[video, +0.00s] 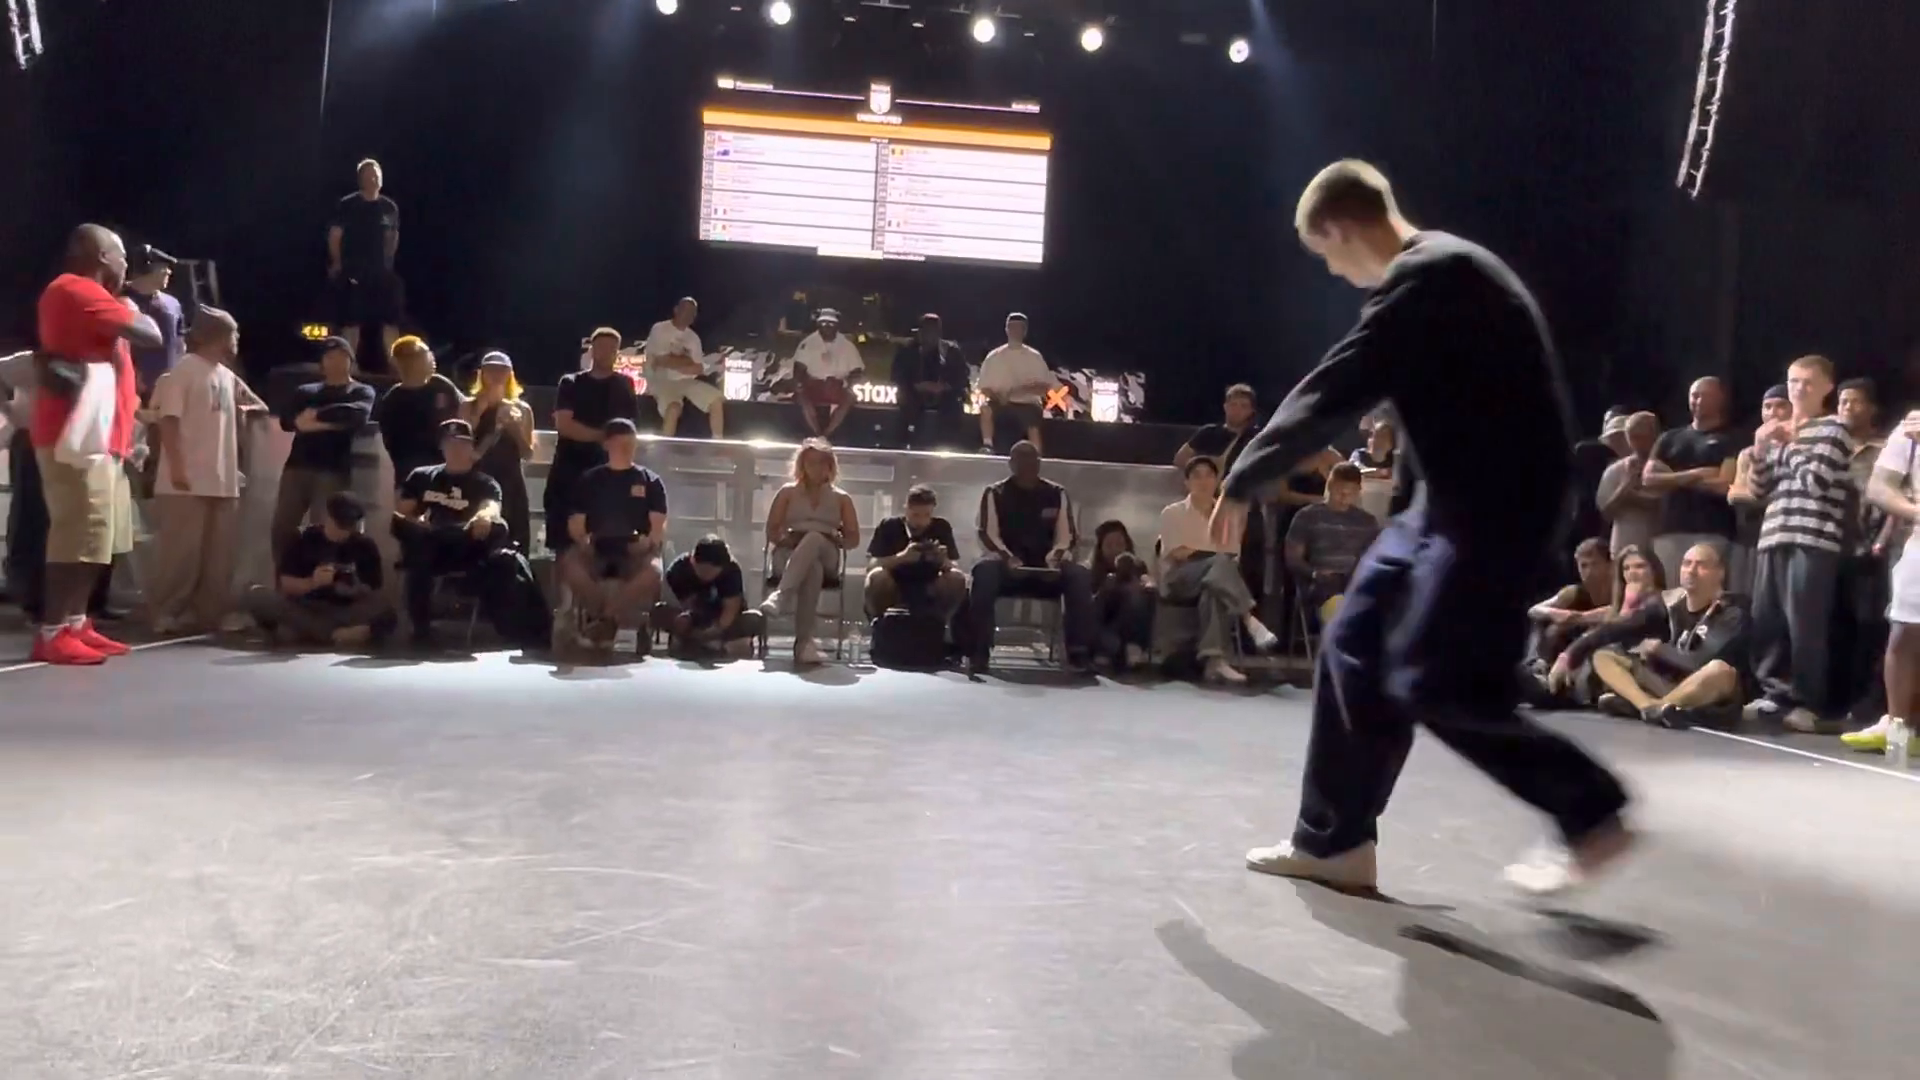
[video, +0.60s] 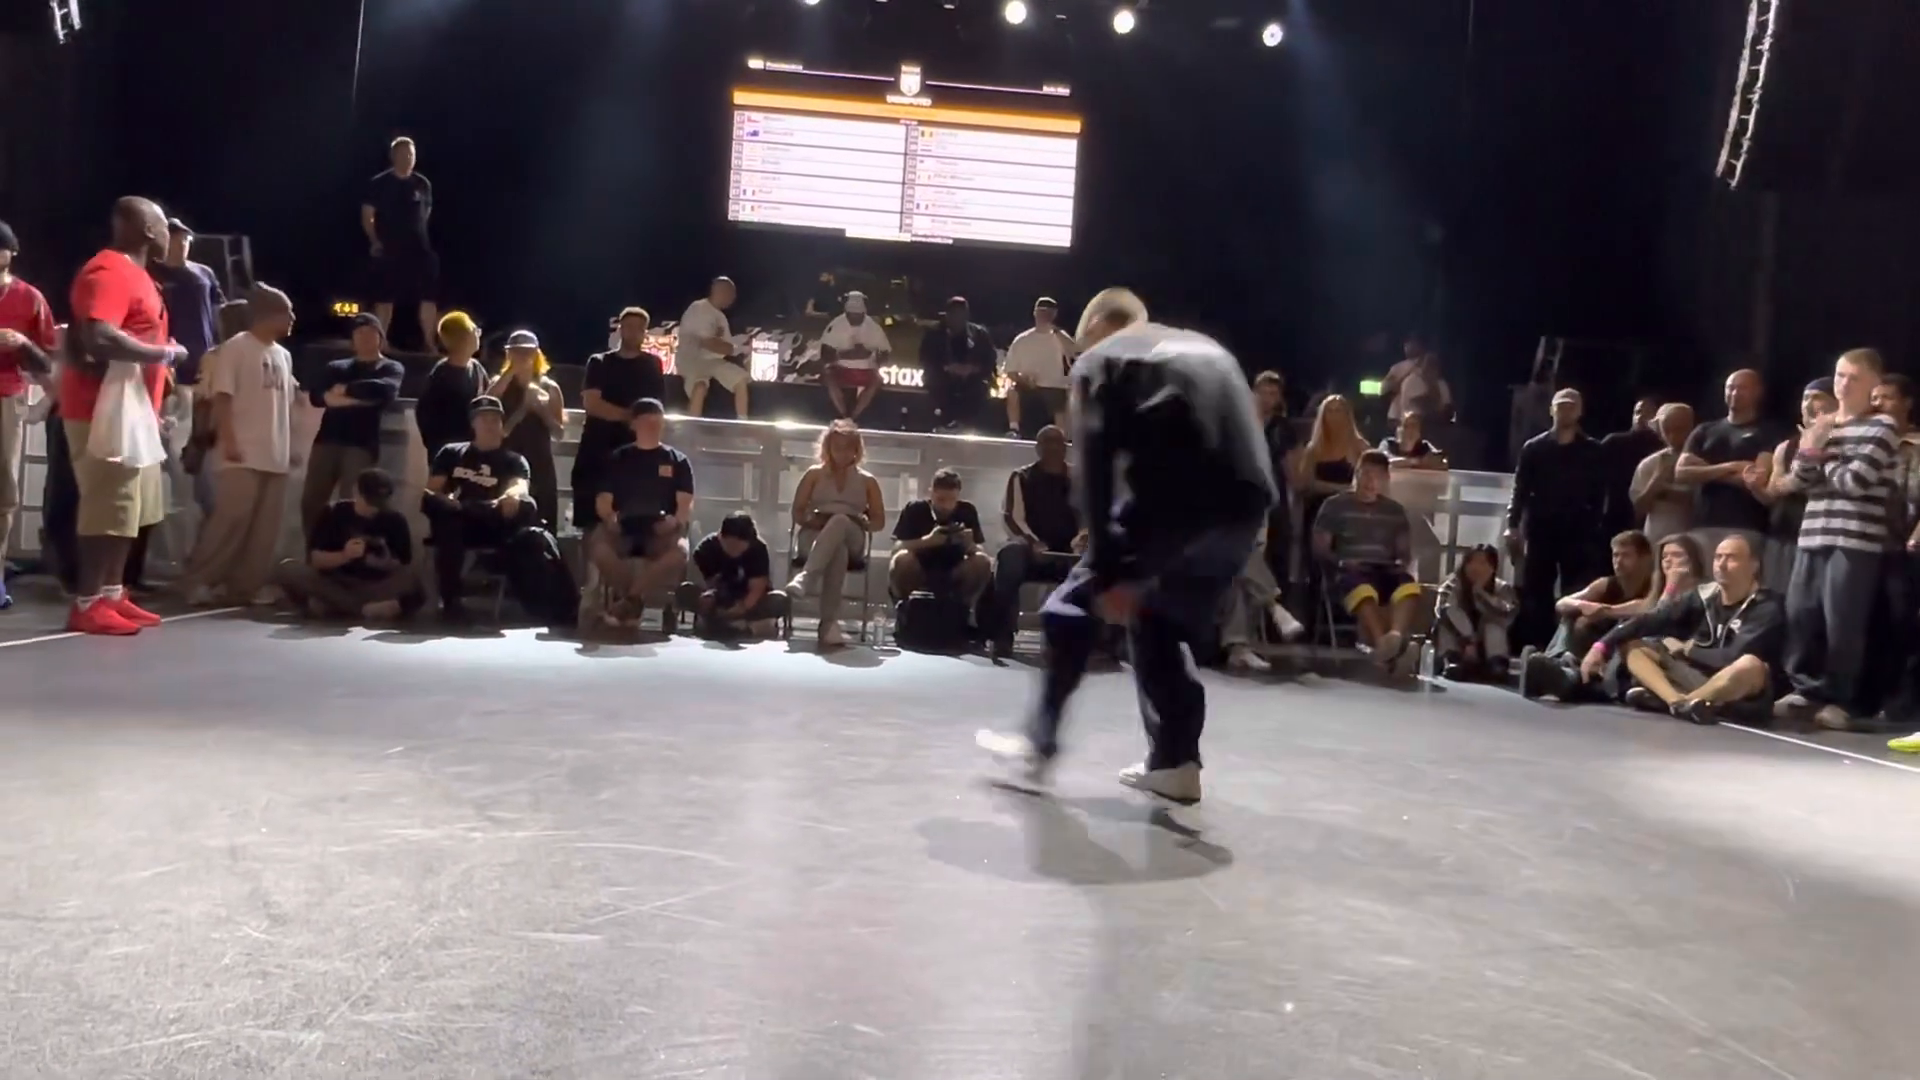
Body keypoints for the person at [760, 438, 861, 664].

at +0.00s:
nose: (821, 468)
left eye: (826, 463)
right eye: (815, 462)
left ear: (832, 467)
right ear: (803, 465)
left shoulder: (841, 499)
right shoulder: (788, 493)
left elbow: (853, 539)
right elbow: (772, 532)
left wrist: (830, 538)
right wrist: (794, 542)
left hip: (828, 560)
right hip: (788, 556)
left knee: (813, 538)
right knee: (813, 567)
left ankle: (780, 594)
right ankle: (804, 642)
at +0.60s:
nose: (844, 452)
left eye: (849, 447)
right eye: (838, 447)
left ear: (857, 450)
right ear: (827, 449)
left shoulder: (867, 482)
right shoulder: (814, 475)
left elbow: (878, 522)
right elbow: (798, 514)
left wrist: (855, 520)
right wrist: (821, 524)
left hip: (852, 543)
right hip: (813, 538)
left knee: (839, 521)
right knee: (837, 549)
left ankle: (805, 576)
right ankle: (828, 625)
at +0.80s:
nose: (848, 450)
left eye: (853, 445)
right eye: (842, 445)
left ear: (862, 447)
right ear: (832, 446)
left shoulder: (871, 479)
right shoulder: (818, 472)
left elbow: (882, 519)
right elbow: (802, 510)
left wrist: (860, 517)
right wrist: (824, 521)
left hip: (857, 539)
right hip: (817, 535)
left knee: (843, 518)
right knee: (841, 546)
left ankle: (809, 573)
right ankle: (832, 621)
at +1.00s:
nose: (851, 449)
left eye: (856, 443)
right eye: (845, 443)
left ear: (864, 446)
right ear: (835, 444)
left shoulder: (874, 477)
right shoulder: (821, 470)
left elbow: (885, 518)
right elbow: (805, 509)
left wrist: (861, 516)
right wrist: (828, 519)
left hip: (860, 538)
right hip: (820, 533)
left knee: (846, 516)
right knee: (845, 545)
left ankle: (812, 572)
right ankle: (835, 619)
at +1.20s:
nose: (855, 448)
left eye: (861, 442)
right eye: (849, 442)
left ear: (869, 445)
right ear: (839, 443)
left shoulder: (878, 476)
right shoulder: (826, 469)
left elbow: (889, 517)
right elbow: (809, 509)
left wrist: (864, 515)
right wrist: (833, 518)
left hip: (864, 537)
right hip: (824, 532)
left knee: (850, 515)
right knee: (849, 544)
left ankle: (815, 570)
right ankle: (839, 618)